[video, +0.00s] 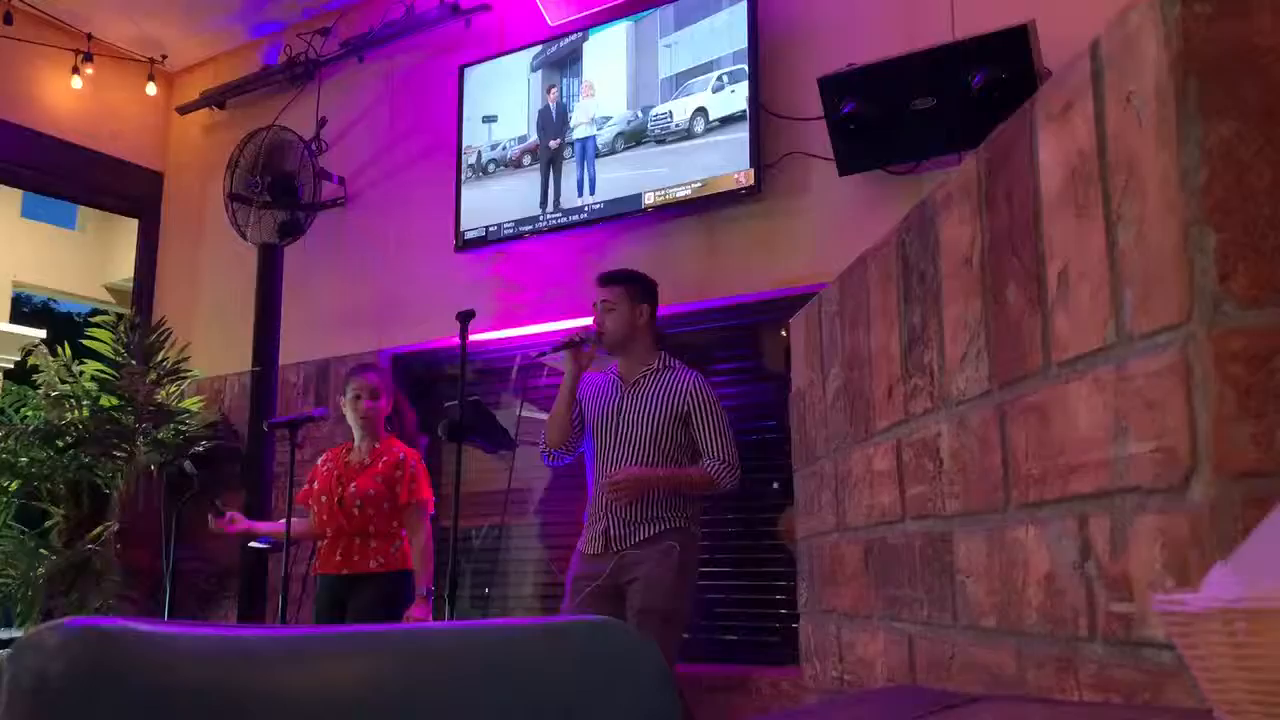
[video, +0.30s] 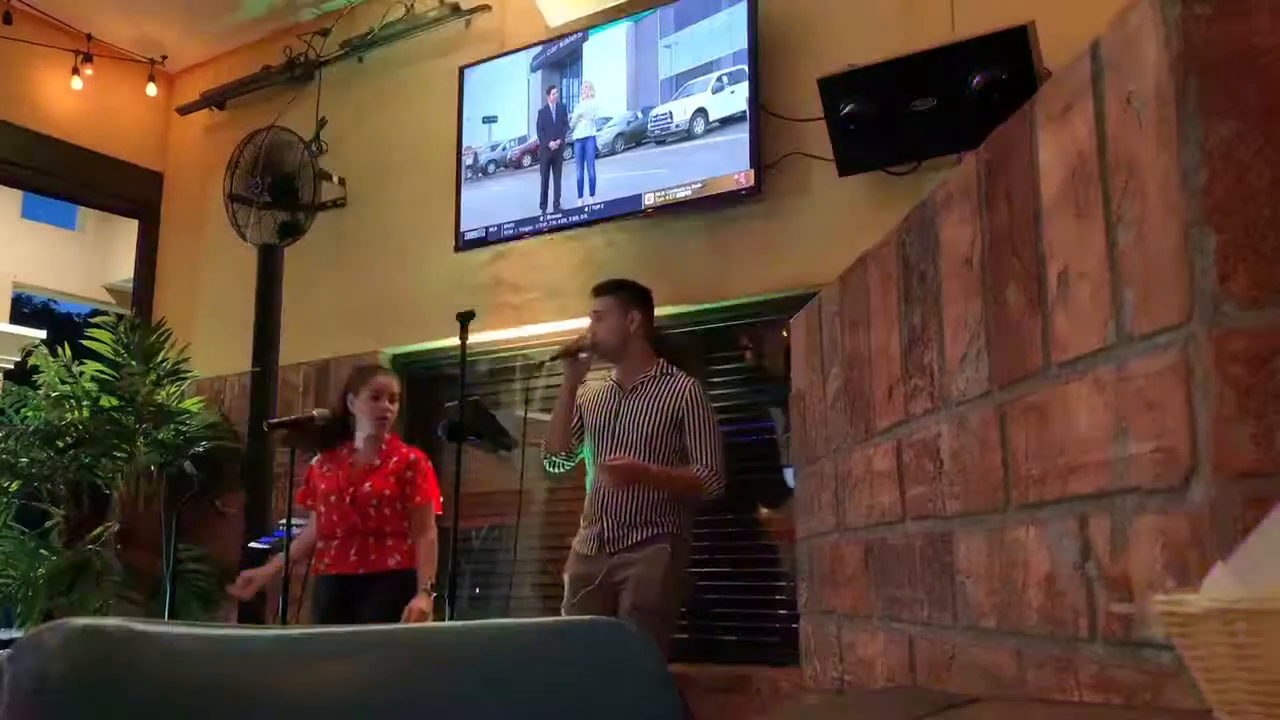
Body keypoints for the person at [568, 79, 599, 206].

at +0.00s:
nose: (583, 89)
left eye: (586, 87)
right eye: (582, 87)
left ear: (590, 89)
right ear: (581, 89)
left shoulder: (593, 102)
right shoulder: (577, 105)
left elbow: (591, 116)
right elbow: (572, 123)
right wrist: (583, 120)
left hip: (590, 135)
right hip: (578, 136)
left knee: (590, 166)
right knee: (579, 167)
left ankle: (591, 195)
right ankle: (579, 196)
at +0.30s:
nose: (583, 90)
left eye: (586, 88)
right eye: (582, 88)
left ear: (591, 90)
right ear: (581, 90)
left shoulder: (594, 103)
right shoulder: (578, 105)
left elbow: (592, 115)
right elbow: (572, 124)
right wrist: (577, 115)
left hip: (590, 134)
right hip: (578, 136)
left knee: (590, 167)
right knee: (579, 168)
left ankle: (591, 196)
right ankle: (580, 197)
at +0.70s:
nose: (584, 90)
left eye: (586, 88)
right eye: (583, 88)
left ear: (591, 90)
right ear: (582, 90)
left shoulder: (596, 103)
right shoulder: (580, 105)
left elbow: (598, 119)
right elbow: (577, 123)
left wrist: (592, 128)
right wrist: (568, 126)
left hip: (590, 136)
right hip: (578, 137)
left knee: (591, 167)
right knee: (580, 168)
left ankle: (592, 196)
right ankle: (580, 197)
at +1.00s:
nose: (584, 90)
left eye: (586, 88)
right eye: (583, 88)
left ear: (592, 89)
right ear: (583, 90)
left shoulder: (596, 104)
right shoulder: (580, 105)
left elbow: (598, 120)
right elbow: (578, 124)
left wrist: (592, 127)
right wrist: (567, 125)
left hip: (590, 136)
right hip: (579, 137)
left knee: (591, 166)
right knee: (580, 168)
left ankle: (592, 196)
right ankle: (580, 197)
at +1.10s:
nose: (583, 90)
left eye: (585, 88)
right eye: (583, 88)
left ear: (592, 89)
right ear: (583, 90)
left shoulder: (596, 102)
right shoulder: (580, 106)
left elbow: (599, 118)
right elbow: (578, 124)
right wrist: (567, 125)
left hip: (590, 136)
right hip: (579, 137)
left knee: (591, 166)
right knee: (580, 167)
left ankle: (592, 196)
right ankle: (581, 197)